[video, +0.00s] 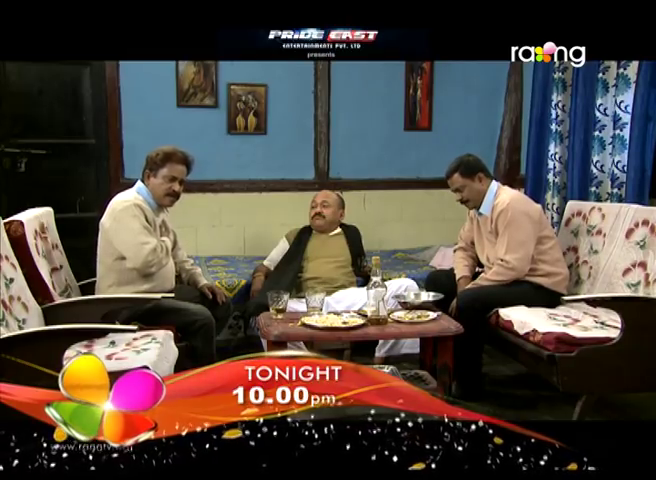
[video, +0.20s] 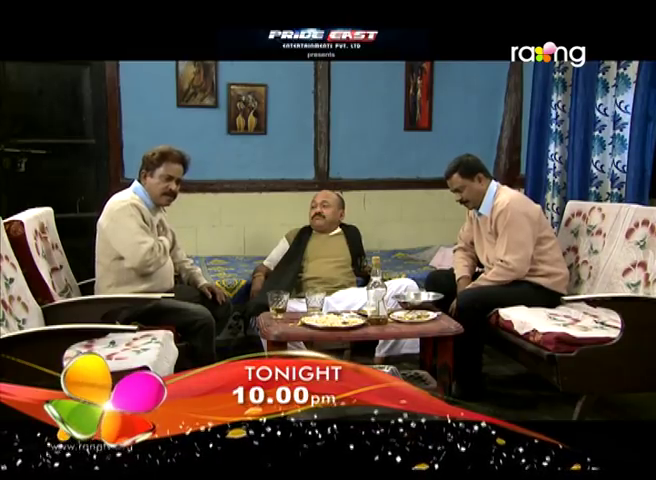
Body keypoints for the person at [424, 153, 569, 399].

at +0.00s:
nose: (458, 198)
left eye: (460, 190)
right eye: (455, 193)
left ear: (481, 179)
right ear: (478, 181)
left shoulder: (513, 206)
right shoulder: (478, 208)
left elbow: (513, 266)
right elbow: (464, 248)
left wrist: (465, 294)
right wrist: (464, 282)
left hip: (541, 286)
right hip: (503, 277)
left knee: (468, 302)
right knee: (437, 280)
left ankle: (467, 386)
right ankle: (440, 369)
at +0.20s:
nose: (458, 198)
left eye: (460, 191)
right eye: (454, 193)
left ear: (480, 179)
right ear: (478, 181)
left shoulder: (512, 206)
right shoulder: (477, 208)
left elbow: (513, 266)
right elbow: (464, 248)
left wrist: (465, 294)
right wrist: (463, 283)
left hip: (542, 286)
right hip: (503, 277)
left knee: (468, 302)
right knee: (437, 280)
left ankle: (468, 385)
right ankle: (440, 368)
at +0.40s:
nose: (458, 199)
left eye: (460, 191)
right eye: (454, 193)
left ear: (480, 179)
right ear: (478, 181)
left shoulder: (512, 206)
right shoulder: (477, 208)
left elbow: (513, 266)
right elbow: (464, 248)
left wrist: (465, 295)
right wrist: (463, 282)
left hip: (542, 286)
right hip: (504, 277)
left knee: (469, 302)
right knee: (437, 280)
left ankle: (468, 385)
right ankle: (440, 368)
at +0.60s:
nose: (458, 199)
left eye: (460, 191)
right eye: (455, 193)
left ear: (481, 179)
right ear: (479, 181)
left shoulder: (512, 206)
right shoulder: (477, 208)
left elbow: (513, 266)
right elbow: (464, 249)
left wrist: (465, 295)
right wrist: (463, 283)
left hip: (542, 286)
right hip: (504, 277)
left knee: (469, 302)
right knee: (437, 280)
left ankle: (467, 384)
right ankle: (440, 368)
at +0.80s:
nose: (459, 198)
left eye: (462, 190)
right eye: (456, 193)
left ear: (482, 179)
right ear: (479, 180)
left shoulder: (514, 206)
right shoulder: (478, 208)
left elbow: (513, 266)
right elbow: (464, 248)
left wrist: (465, 295)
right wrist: (463, 284)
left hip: (541, 286)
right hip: (504, 277)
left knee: (469, 302)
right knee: (437, 280)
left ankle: (467, 385)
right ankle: (440, 368)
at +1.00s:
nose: (459, 198)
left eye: (462, 190)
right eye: (456, 192)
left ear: (482, 179)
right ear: (480, 180)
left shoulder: (514, 206)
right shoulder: (478, 208)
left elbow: (513, 266)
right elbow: (464, 248)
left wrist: (466, 294)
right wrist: (463, 283)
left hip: (541, 286)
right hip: (504, 277)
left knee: (468, 302)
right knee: (437, 280)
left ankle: (467, 385)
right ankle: (441, 368)